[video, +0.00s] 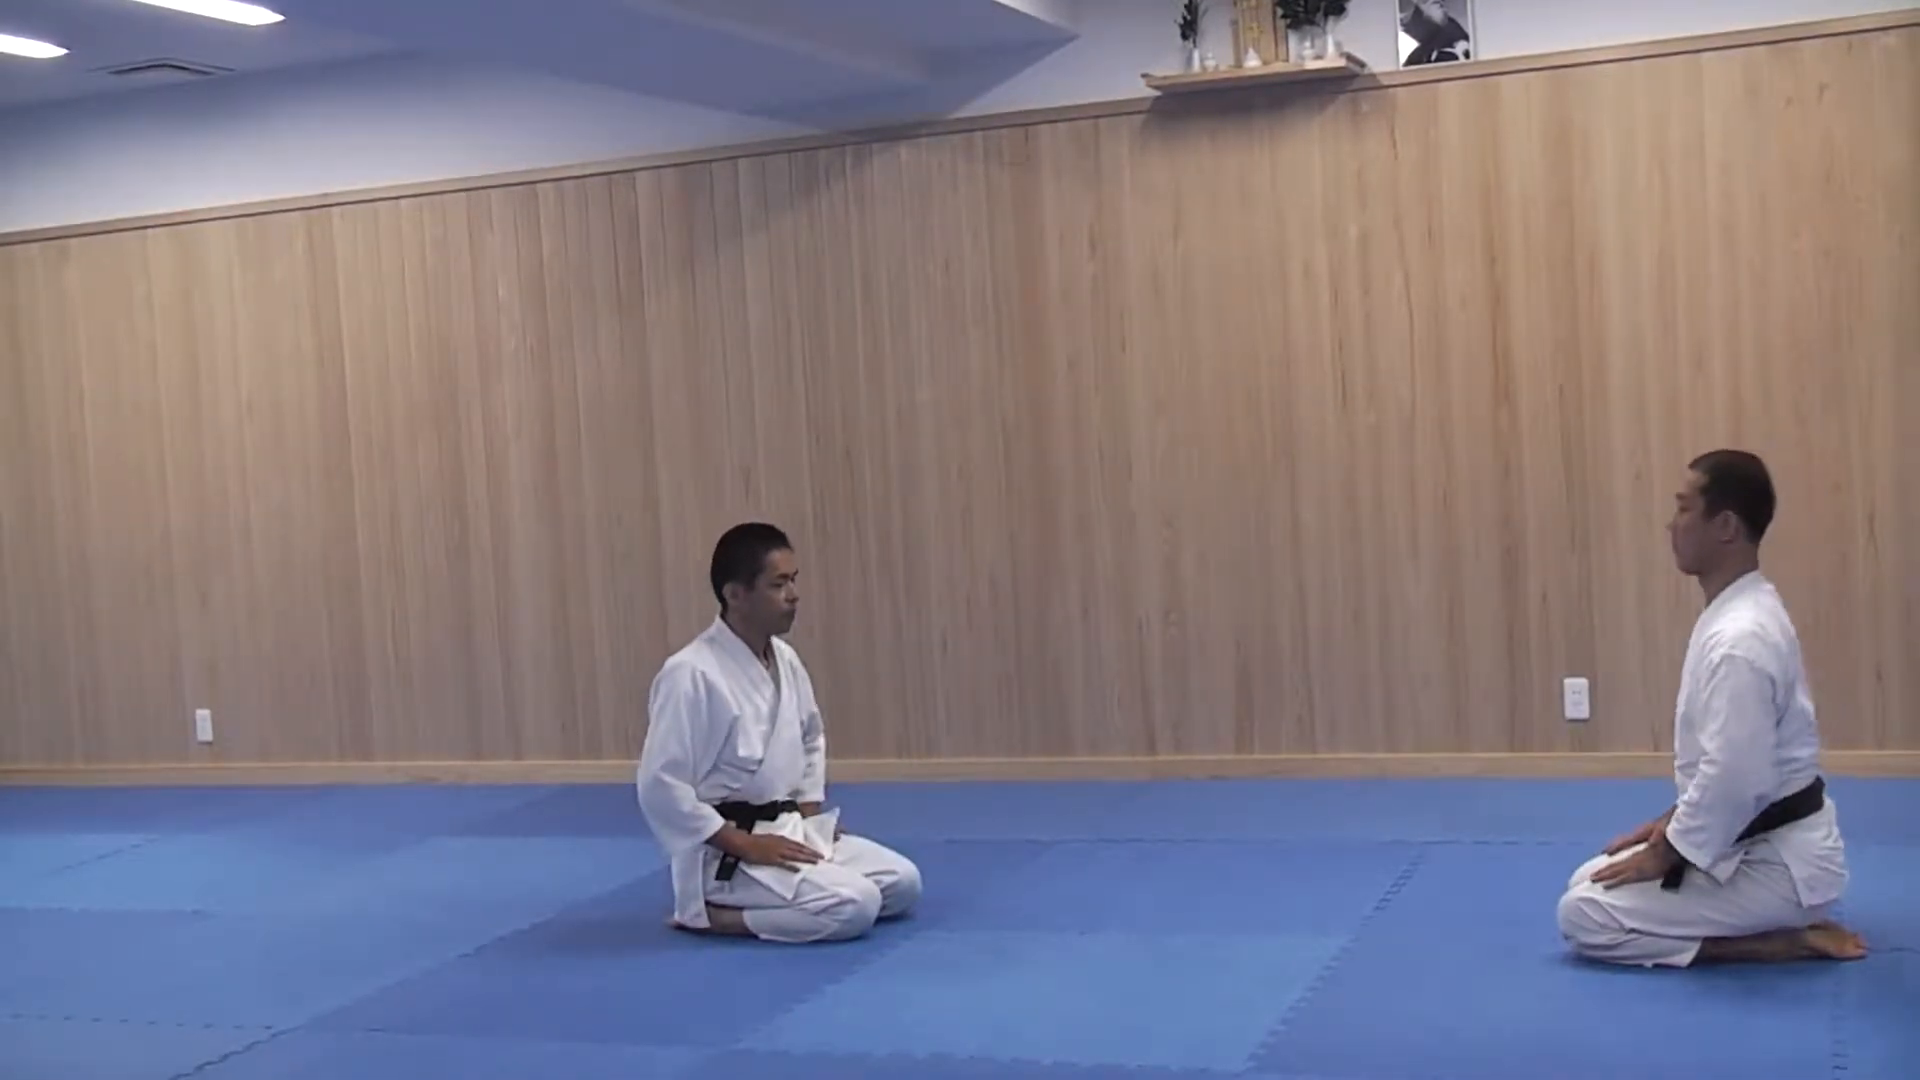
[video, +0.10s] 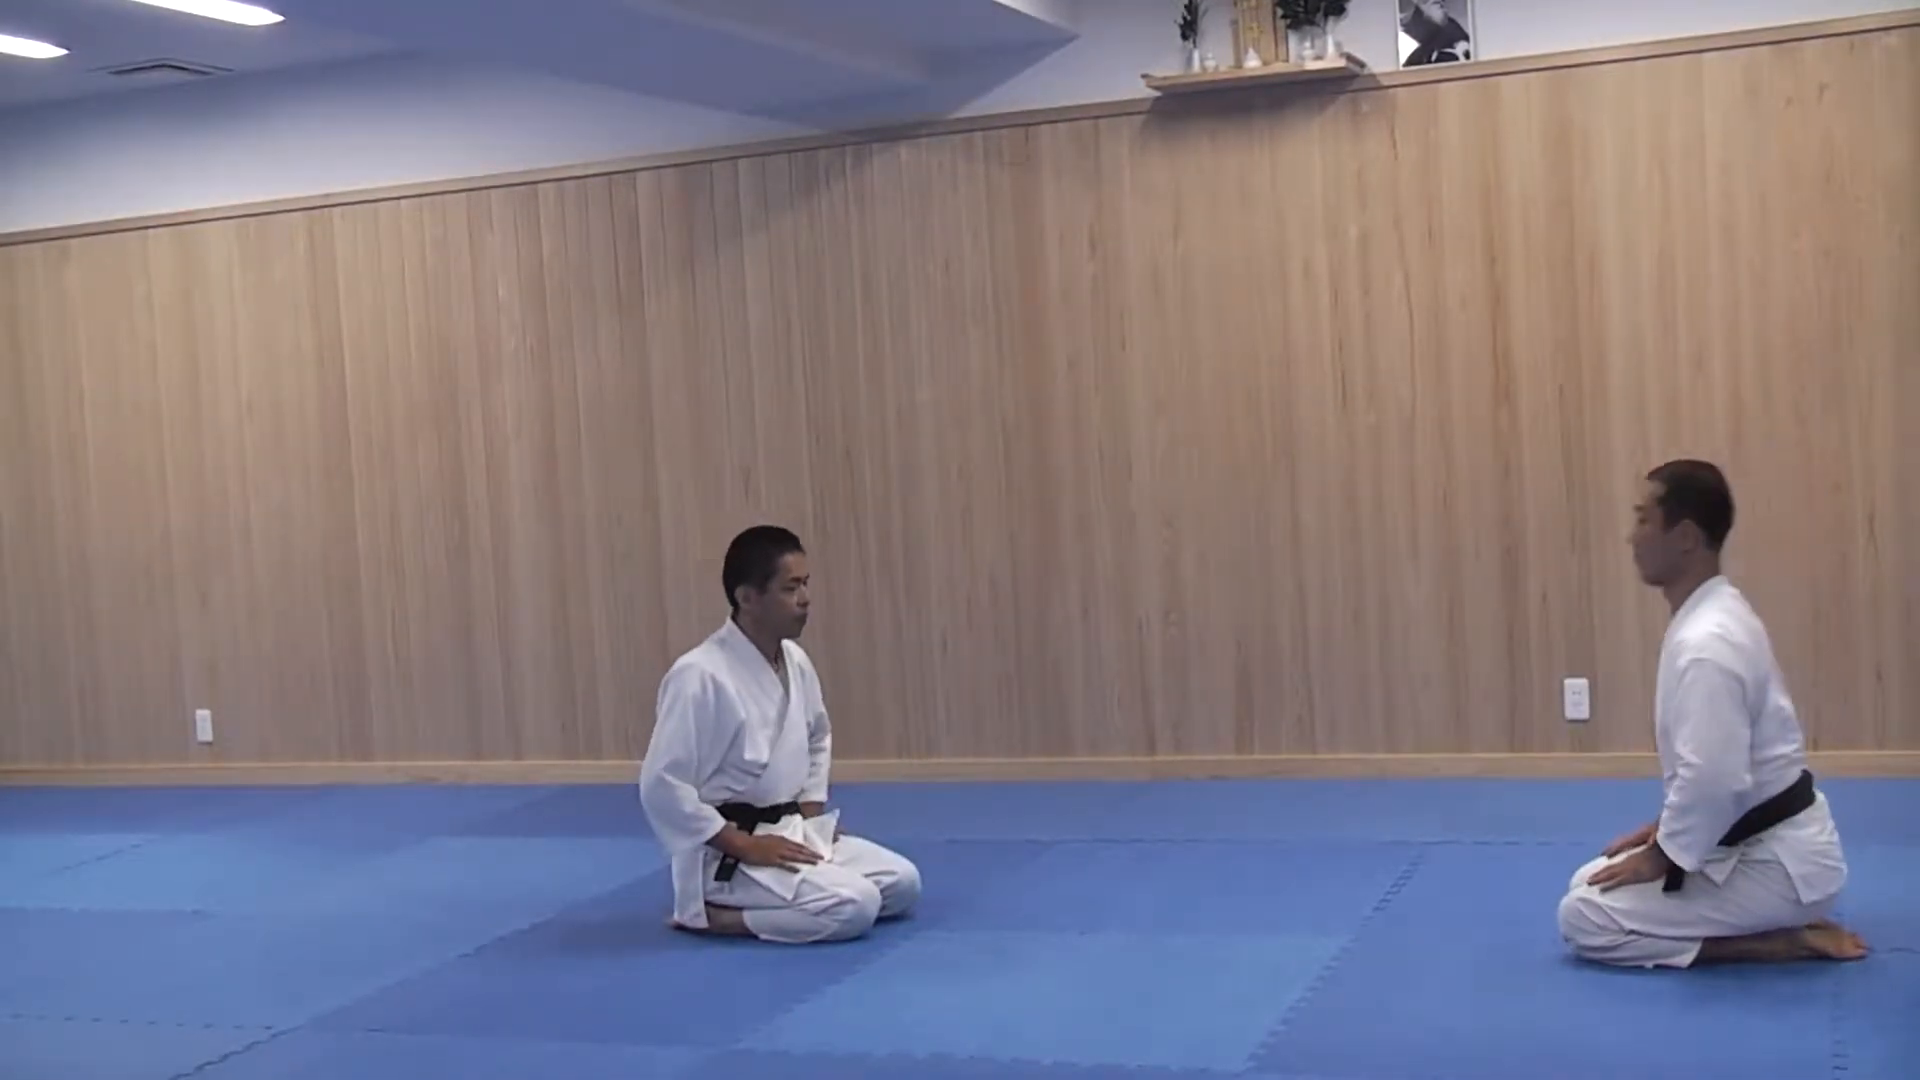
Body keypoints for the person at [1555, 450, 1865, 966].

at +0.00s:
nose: (1671, 525)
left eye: (1684, 510)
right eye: (1676, 508)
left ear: (1726, 527)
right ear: (1725, 528)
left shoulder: (1740, 636)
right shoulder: (1736, 614)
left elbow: (1735, 782)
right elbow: (1720, 765)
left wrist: (1664, 856)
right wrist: (1664, 828)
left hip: (1785, 866)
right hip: (1767, 844)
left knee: (1586, 919)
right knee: (1588, 882)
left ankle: (1786, 944)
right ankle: (1773, 920)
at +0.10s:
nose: (1631, 538)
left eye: (1643, 522)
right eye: (1635, 521)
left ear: (1685, 536)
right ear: (1686, 538)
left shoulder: (1705, 641)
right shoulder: (1714, 616)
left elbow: (1714, 782)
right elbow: (1719, 769)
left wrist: (1660, 858)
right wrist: (1660, 831)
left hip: (1784, 868)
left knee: (1586, 921)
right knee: (1590, 884)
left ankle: (1784, 944)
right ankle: (1775, 925)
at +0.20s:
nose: (1580, 552)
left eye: (1591, 536)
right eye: (1585, 536)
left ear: (1633, 548)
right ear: (1641, 550)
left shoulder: (1662, 646)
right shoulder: (1677, 618)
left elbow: (1685, 779)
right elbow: (1704, 768)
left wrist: (1655, 855)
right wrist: (1651, 836)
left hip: (1776, 861)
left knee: (1586, 923)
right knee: (1592, 887)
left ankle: (1782, 943)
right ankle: (1779, 925)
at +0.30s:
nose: (1531, 560)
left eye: (1539, 542)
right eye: (1533, 542)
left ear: (1580, 552)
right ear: (1592, 554)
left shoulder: (1615, 645)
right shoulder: (1637, 611)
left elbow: (1647, 771)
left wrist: (1634, 856)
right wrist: (1631, 837)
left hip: (1757, 839)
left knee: (1583, 928)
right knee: (1588, 895)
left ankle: (1772, 940)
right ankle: (1769, 919)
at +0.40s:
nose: (1491, 546)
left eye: (1499, 529)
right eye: (1492, 529)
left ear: (1542, 537)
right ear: (1545, 538)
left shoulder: (1580, 628)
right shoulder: (1600, 591)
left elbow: (1612, 754)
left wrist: (1611, 848)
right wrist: (1610, 842)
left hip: (1732, 809)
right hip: (1751, 789)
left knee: (1583, 930)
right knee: (1600, 898)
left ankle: (1775, 937)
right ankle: (1760, 913)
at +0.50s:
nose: (1466, 522)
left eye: (1473, 505)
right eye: (1467, 505)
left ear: (1514, 511)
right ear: (1520, 511)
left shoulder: (1554, 602)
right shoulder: (1578, 566)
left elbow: (1587, 734)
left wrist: (1594, 839)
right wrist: (1600, 835)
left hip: (1710, 782)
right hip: (1734, 763)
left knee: (1582, 929)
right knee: (1615, 892)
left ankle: (1771, 935)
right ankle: (1761, 911)